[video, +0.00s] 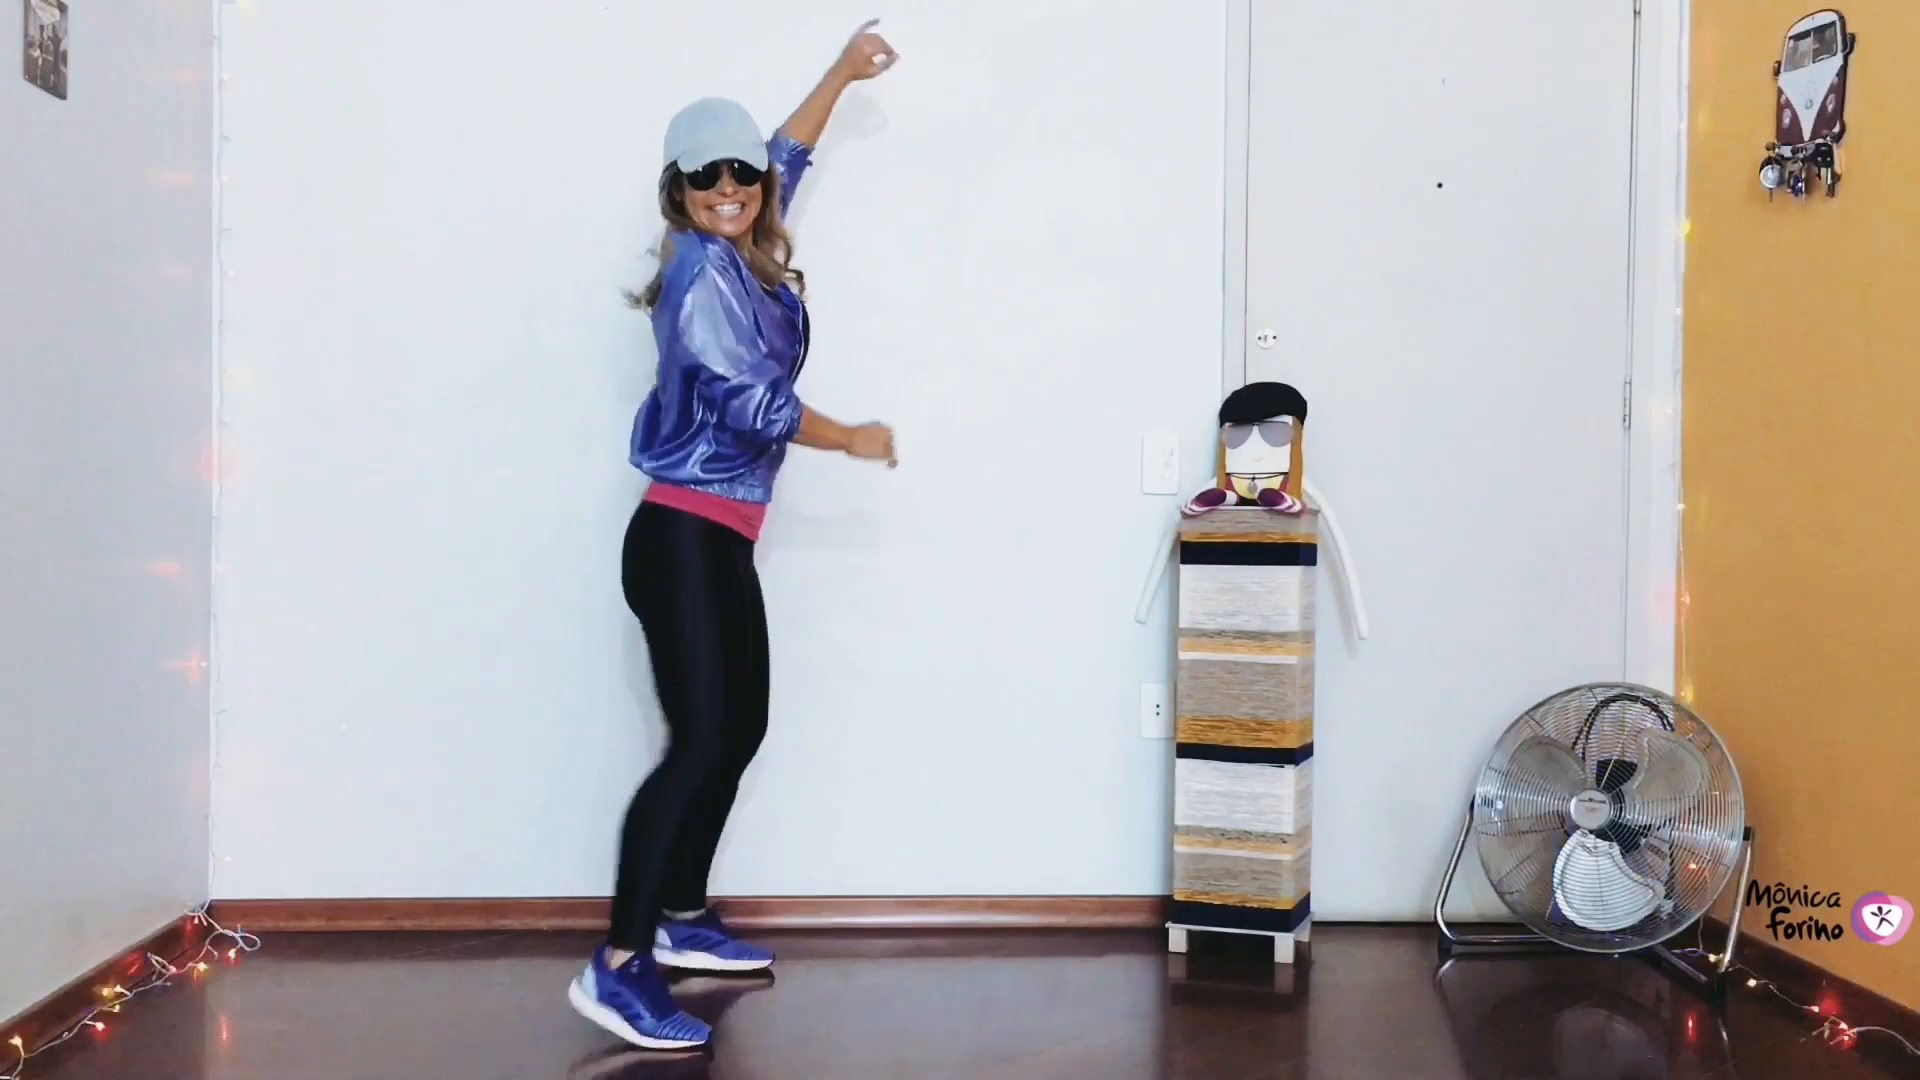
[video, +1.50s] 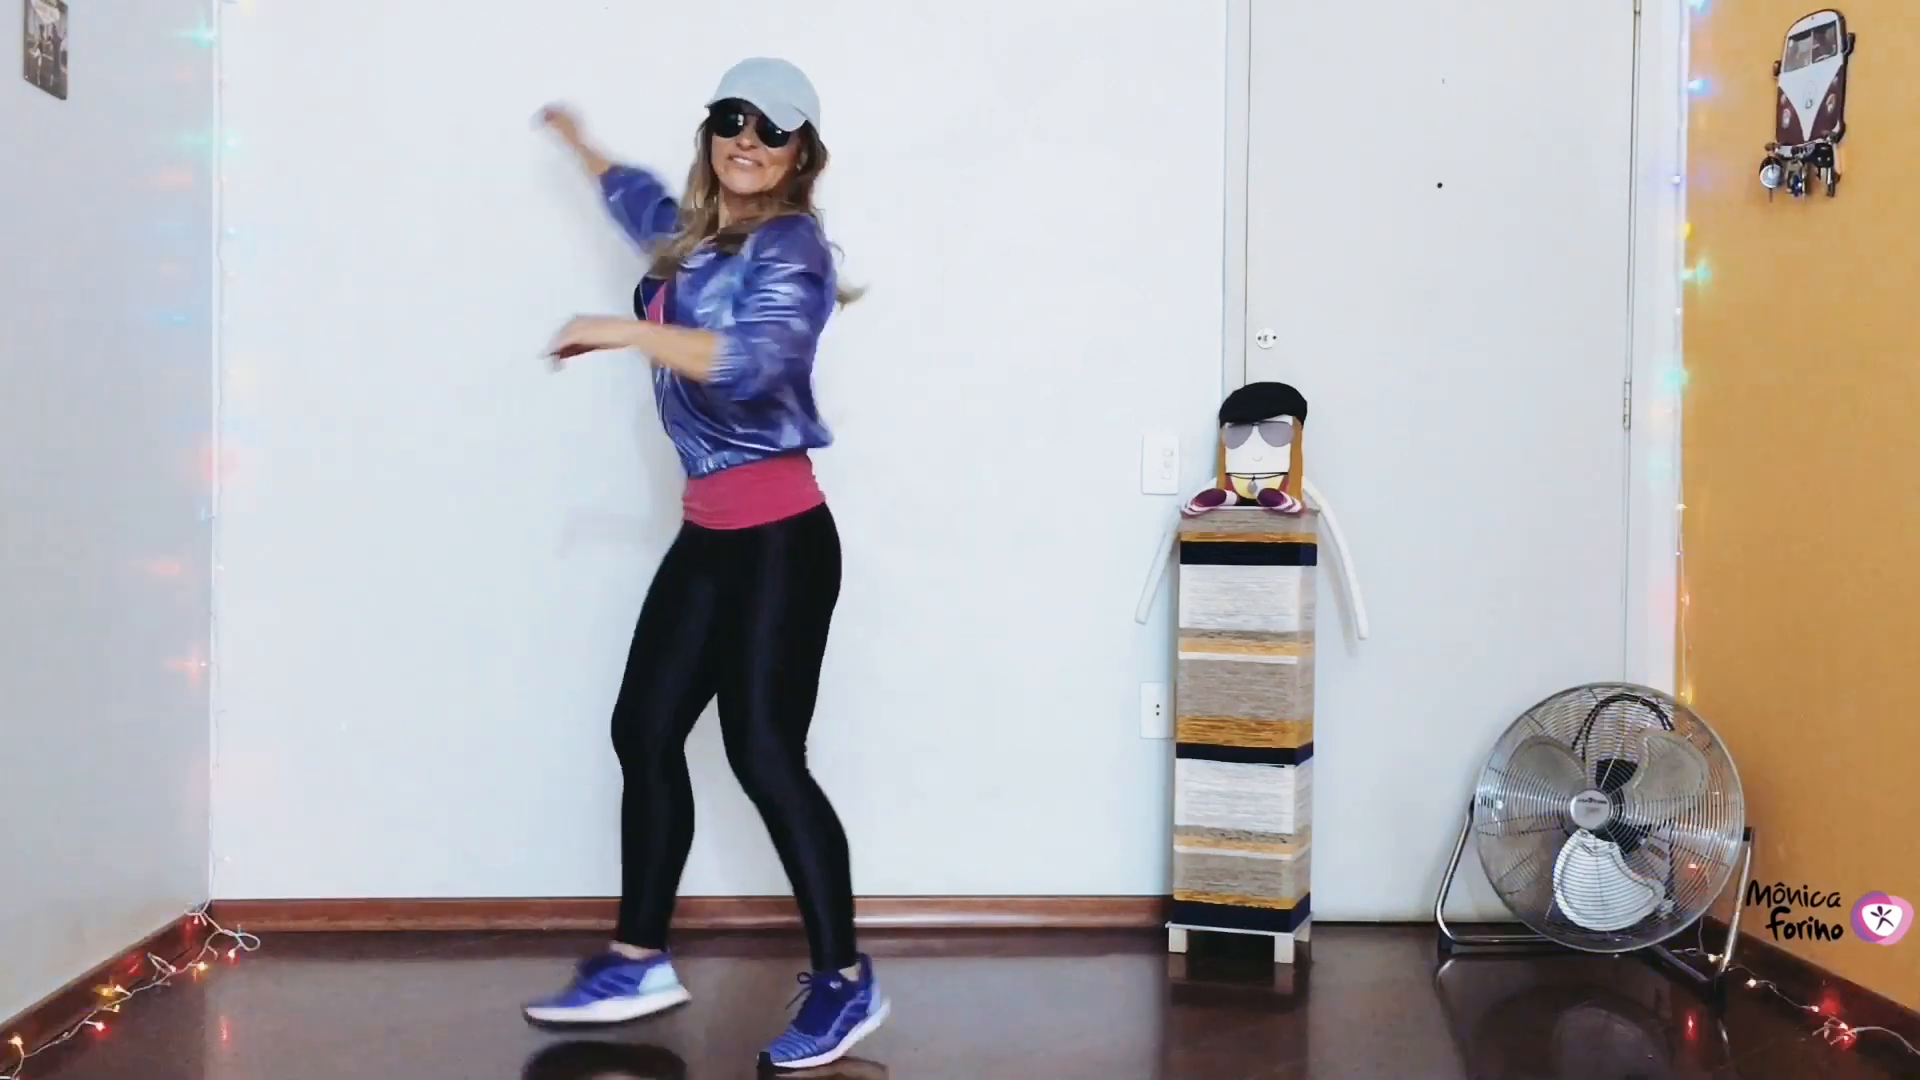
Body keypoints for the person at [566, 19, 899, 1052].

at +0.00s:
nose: (729, 192)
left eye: (744, 176)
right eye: (711, 179)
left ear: (763, 182)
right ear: (682, 192)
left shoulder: (754, 249)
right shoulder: (701, 276)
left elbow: (791, 156)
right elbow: (742, 395)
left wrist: (841, 73)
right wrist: (845, 437)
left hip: (724, 544)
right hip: (678, 540)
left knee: (741, 726)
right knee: (700, 737)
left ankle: (681, 921)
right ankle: (618, 964)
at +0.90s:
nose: (721, 194)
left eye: (740, 178)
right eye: (700, 179)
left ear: (766, 190)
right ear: (675, 194)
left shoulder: (788, 275)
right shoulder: (667, 293)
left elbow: (842, 253)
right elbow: (643, 411)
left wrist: (866, 169)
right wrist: (684, 483)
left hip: (763, 557)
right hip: (672, 557)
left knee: (769, 745)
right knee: (699, 763)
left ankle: (700, 907)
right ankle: (686, 992)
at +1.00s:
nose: (718, 194)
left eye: (737, 177)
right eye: (697, 177)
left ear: (764, 187)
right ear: (673, 190)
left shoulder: (796, 285)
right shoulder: (644, 295)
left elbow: (898, 286)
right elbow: (579, 371)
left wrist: (903, 210)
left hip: (750, 564)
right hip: (654, 557)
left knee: (812, 760)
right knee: (682, 776)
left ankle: (714, 862)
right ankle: (685, 995)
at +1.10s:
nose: (720, 191)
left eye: (741, 174)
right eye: (700, 172)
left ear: (768, 185)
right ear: (675, 181)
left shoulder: (809, 288)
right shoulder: (632, 293)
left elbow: (948, 317)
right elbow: (515, 346)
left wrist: (930, 247)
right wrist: (390, 376)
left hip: (752, 563)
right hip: (645, 554)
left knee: (827, 762)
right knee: (671, 776)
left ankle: (719, 866)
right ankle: (679, 997)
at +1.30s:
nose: (742, 173)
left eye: (763, 157)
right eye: (724, 154)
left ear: (790, 172)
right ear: (697, 169)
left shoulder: (825, 277)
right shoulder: (632, 276)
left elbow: (919, 355)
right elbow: (509, 280)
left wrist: (841, 278)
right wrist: (388, 268)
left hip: (765, 563)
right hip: (655, 556)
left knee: (760, 781)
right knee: (660, 781)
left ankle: (780, 980)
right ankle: (684, 994)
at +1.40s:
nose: (754, 157)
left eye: (775, 144)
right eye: (737, 138)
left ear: (801, 163)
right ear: (709, 152)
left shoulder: (817, 258)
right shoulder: (666, 255)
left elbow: (844, 355)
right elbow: (574, 239)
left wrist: (719, 303)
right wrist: (488, 197)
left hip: (774, 547)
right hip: (681, 543)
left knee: (756, 767)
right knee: (656, 756)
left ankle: (810, 983)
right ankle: (668, 979)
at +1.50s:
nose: (745, 143)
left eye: (769, 133)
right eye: (731, 124)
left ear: (799, 153)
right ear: (706, 135)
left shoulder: (791, 246)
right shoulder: (692, 236)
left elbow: (757, 362)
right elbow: (636, 202)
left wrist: (633, 331)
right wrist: (583, 146)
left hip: (784, 538)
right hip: (706, 536)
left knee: (764, 751)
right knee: (645, 729)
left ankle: (842, 981)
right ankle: (640, 960)